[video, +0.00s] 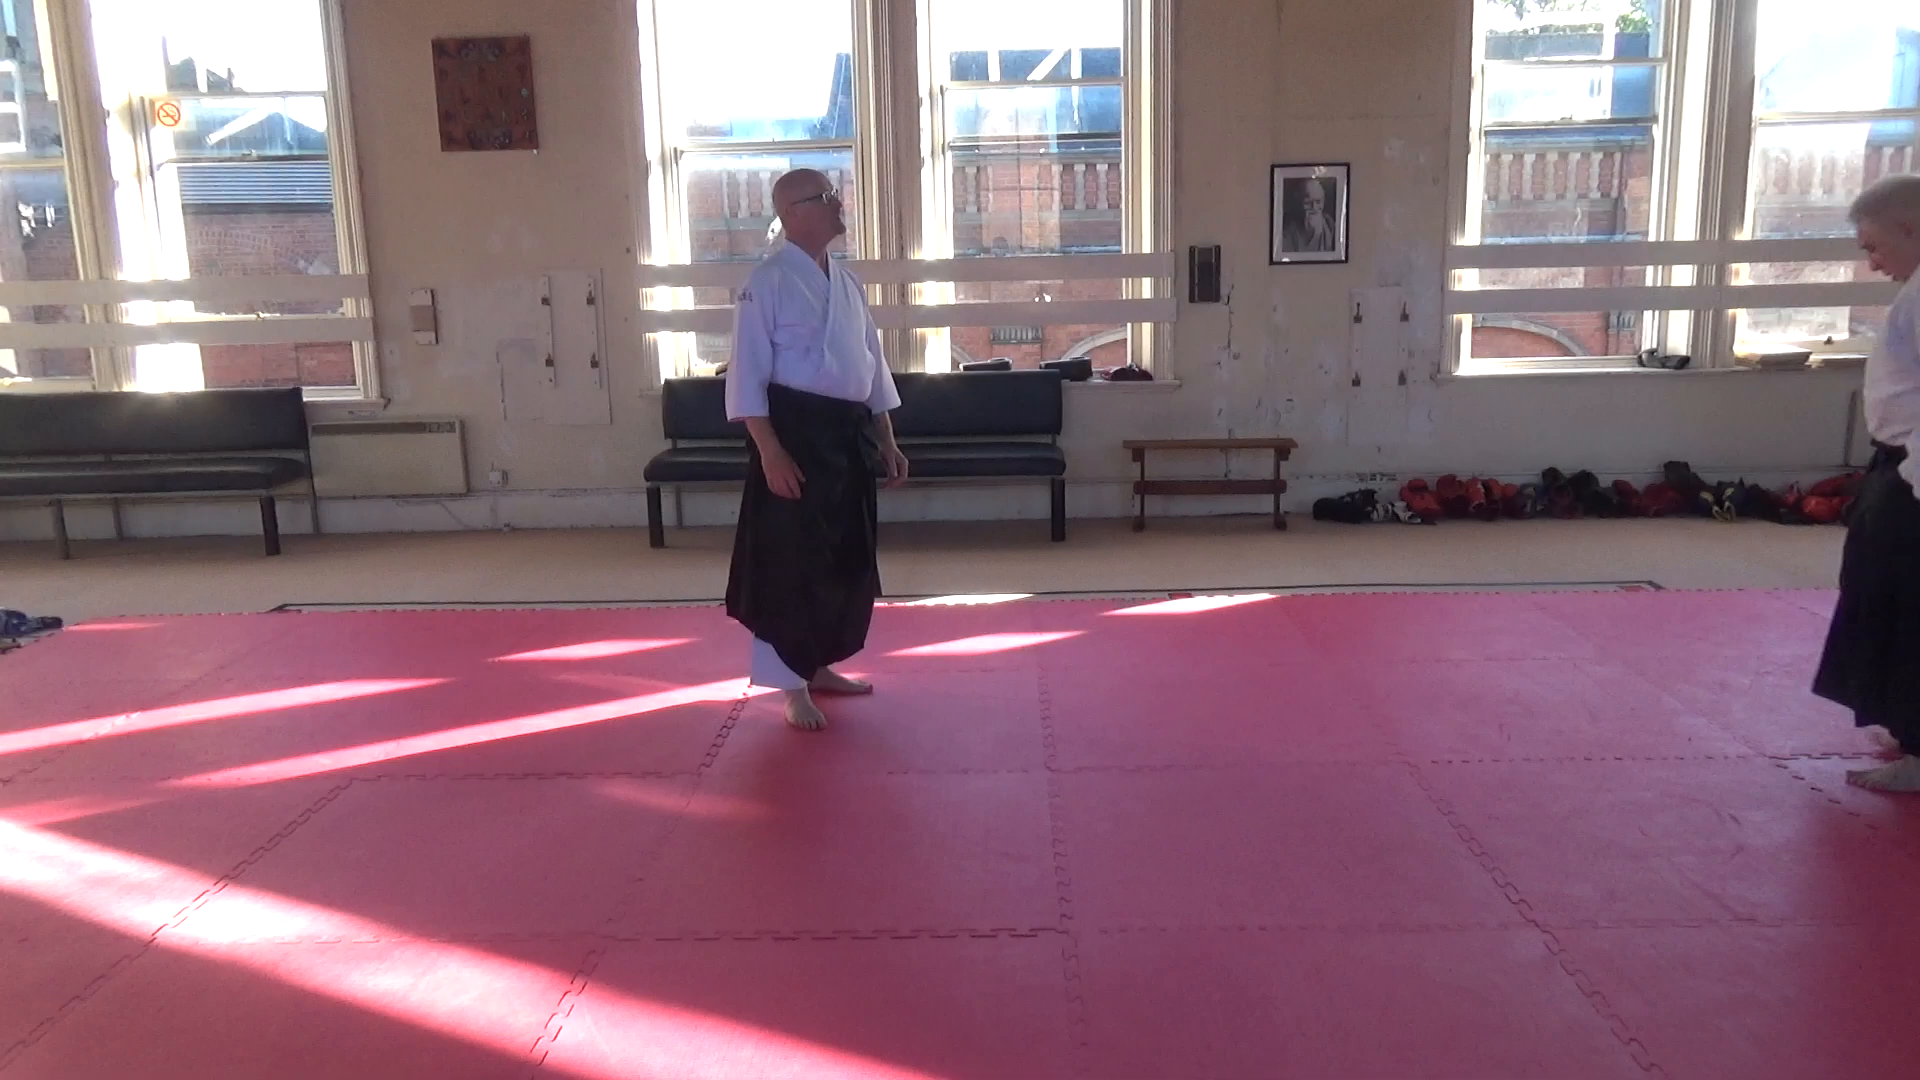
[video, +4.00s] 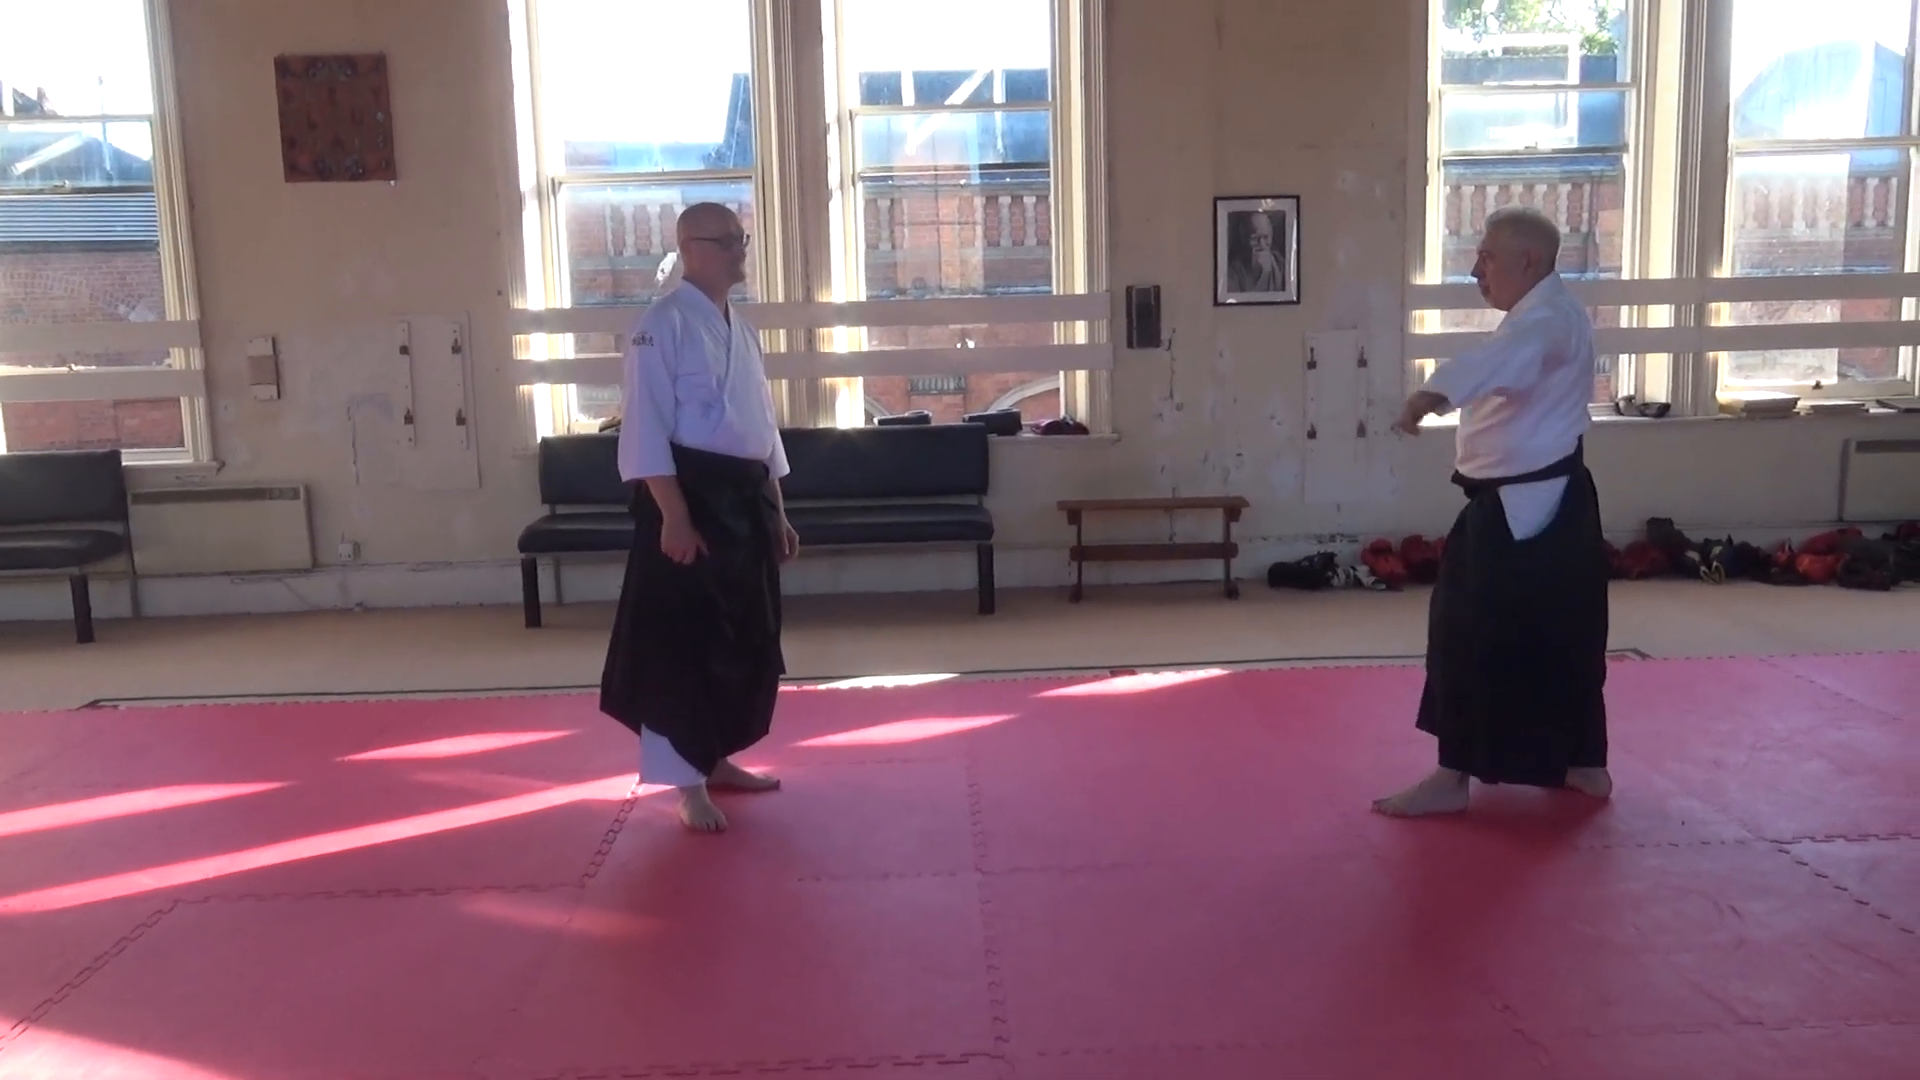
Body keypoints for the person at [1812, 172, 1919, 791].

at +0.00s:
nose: (1868, 258)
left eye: (1872, 245)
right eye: (1865, 247)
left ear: (1908, 231)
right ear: (1899, 234)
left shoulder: (1912, 299)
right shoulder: (1906, 298)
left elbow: (1909, 406)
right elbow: (1897, 399)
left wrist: (1906, 480)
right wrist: (1883, 470)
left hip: (1906, 475)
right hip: (1891, 470)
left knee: (1897, 609)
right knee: (1886, 604)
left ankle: (1912, 754)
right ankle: (1902, 737)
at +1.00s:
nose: (1657, 247)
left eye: (1660, 232)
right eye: (1653, 236)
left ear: (1698, 213)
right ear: (1698, 215)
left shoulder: (1741, 255)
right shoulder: (1747, 247)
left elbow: (1755, 356)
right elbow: (1757, 350)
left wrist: (1716, 450)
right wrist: (1703, 430)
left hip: (1741, 433)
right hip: (1752, 426)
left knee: (1709, 562)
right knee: (1744, 562)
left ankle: (1686, 699)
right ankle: (1748, 688)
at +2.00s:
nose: (1537, 274)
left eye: (1545, 262)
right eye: (1538, 262)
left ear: (1584, 261)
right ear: (1584, 262)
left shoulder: (1609, 316)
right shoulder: (1607, 308)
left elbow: (1641, 399)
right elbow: (1649, 394)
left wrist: (1616, 484)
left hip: (1610, 487)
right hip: (1602, 482)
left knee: (1598, 608)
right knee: (1601, 607)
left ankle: (1608, 734)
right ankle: (1607, 728)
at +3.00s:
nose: (1449, 265)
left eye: (1459, 253)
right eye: (1450, 253)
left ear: (1498, 255)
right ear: (1503, 257)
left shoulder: (1511, 315)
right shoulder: (1531, 305)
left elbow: (1509, 419)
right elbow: (1531, 407)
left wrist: (1472, 503)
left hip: (1505, 483)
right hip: (1549, 477)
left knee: (1453, 611)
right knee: (1559, 605)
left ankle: (1442, 740)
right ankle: (1575, 727)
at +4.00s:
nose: (1477, 269)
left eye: (1487, 258)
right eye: (1479, 257)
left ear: (1528, 262)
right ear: (1531, 263)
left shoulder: (1543, 317)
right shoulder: (1556, 309)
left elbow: (1497, 360)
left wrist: (1433, 394)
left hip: (1514, 504)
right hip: (1555, 497)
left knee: (1460, 634)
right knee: (1567, 633)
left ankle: (1451, 776)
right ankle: (1586, 764)